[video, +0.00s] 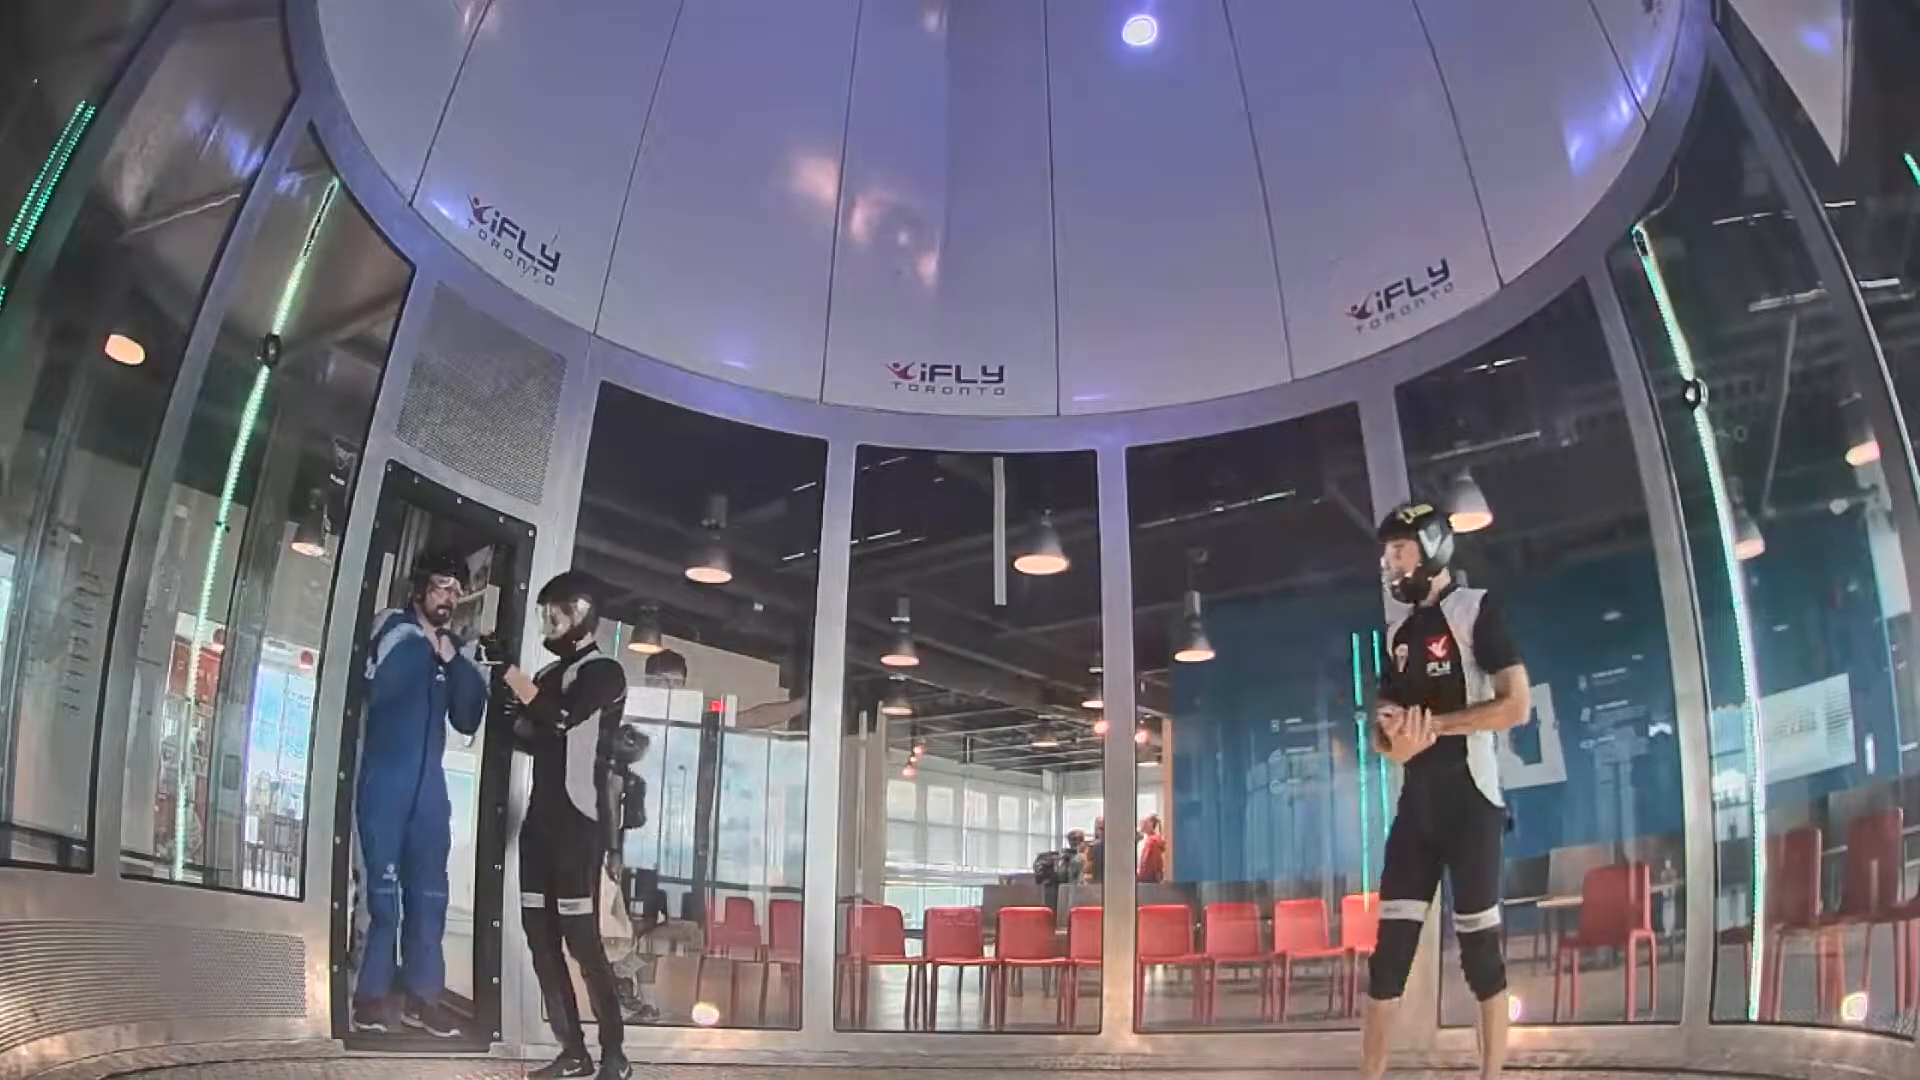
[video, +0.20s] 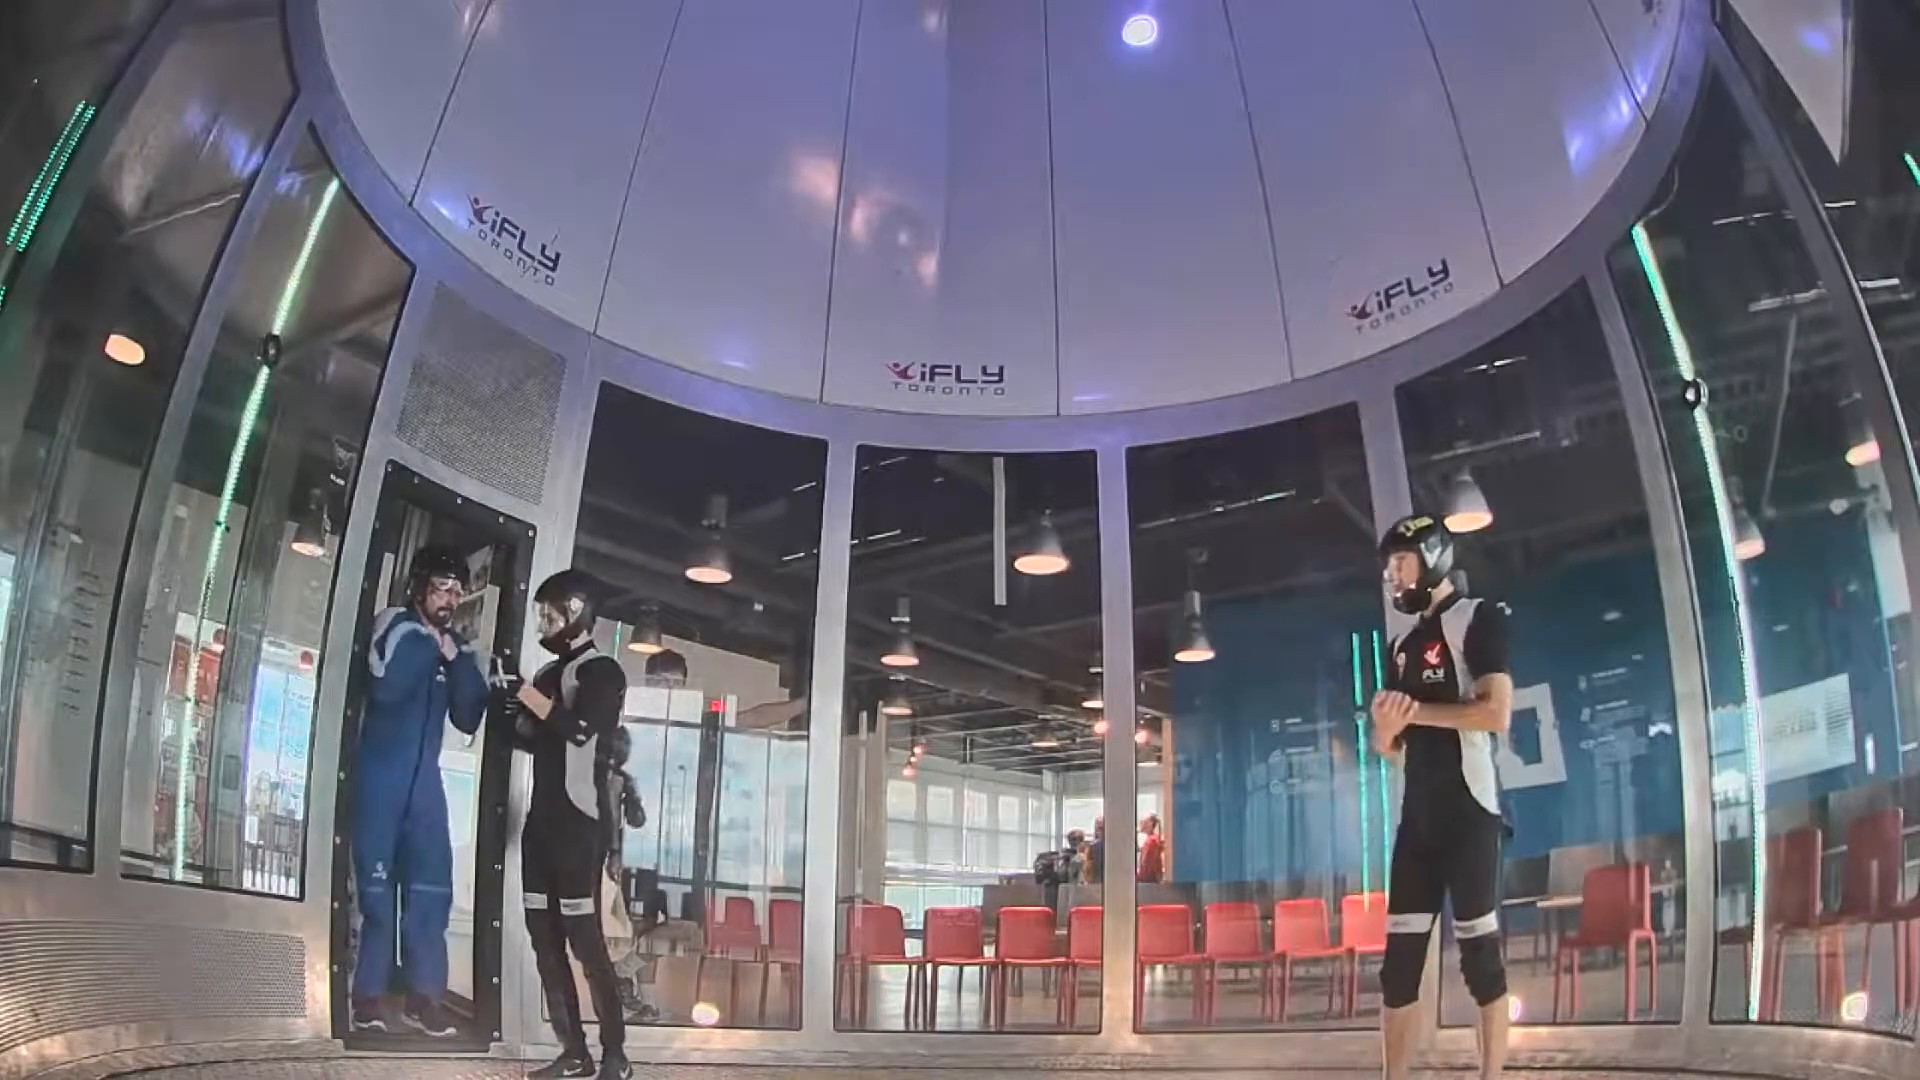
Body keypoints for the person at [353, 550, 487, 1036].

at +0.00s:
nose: (445, 598)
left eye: (454, 592)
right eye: (438, 587)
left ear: (460, 601)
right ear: (419, 591)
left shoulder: (457, 648)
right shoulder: (393, 629)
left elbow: (468, 719)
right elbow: (377, 691)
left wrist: (455, 659)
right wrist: (419, 640)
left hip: (429, 780)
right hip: (384, 777)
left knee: (430, 889)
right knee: (384, 889)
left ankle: (423, 998)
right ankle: (372, 999)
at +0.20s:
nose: (445, 600)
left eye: (453, 593)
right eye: (438, 589)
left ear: (461, 598)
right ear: (419, 588)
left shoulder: (458, 646)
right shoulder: (393, 625)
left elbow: (468, 719)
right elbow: (386, 691)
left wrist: (460, 655)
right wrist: (420, 635)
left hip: (425, 778)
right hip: (379, 775)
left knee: (433, 885)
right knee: (376, 887)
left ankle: (425, 997)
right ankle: (368, 1000)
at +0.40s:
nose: (459, 601)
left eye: (468, 594)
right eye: (453, 590)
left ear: (474, 600)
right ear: (433, 588)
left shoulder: (473, 650)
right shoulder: (404, 623)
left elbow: (480, 721)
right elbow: (391, 686)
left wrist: (470, 660)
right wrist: (433, 639)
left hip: (433, 779)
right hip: (384, 773)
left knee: (428, 886)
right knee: (377, 885)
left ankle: (427, 1001)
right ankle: (368, 1001)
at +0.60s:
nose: (470, 601)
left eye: (479, 594)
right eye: (463, 590)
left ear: (486, 600)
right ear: (444, 589)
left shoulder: (489, 649)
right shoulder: (415, 628)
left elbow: (507, 718)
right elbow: (397, 688)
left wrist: (485, 657)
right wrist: (442, 640)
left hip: (452, 784)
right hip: (402, 777)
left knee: (435, 891)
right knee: (388, 887)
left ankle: (427, 1001)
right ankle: (370, 1000)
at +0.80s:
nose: (487, 604)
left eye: (496, 597)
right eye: (479, 592)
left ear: (503, 605)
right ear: (459, 592)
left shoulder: (502, 649)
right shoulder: (427, 633)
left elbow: (531, 708)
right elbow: (399, 691)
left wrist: (496, 658)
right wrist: (453, 645)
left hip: (471, 788)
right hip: (422, 781)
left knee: (446, 894)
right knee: (420, 886)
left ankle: (431, 1000)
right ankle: (388, 992)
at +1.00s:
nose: (503, 619)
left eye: (513, 611)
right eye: (496, 606)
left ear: (521, 615)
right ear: (473, 603)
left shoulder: (518, 656)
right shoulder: (443, 641)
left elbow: (555, 713)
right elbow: (408, 705)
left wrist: (513, 672)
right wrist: (470, 661)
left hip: (484, 798)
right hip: (432, 792)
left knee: (464, 900)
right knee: (449, 890)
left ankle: (436, 1016)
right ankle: (423, 1013)